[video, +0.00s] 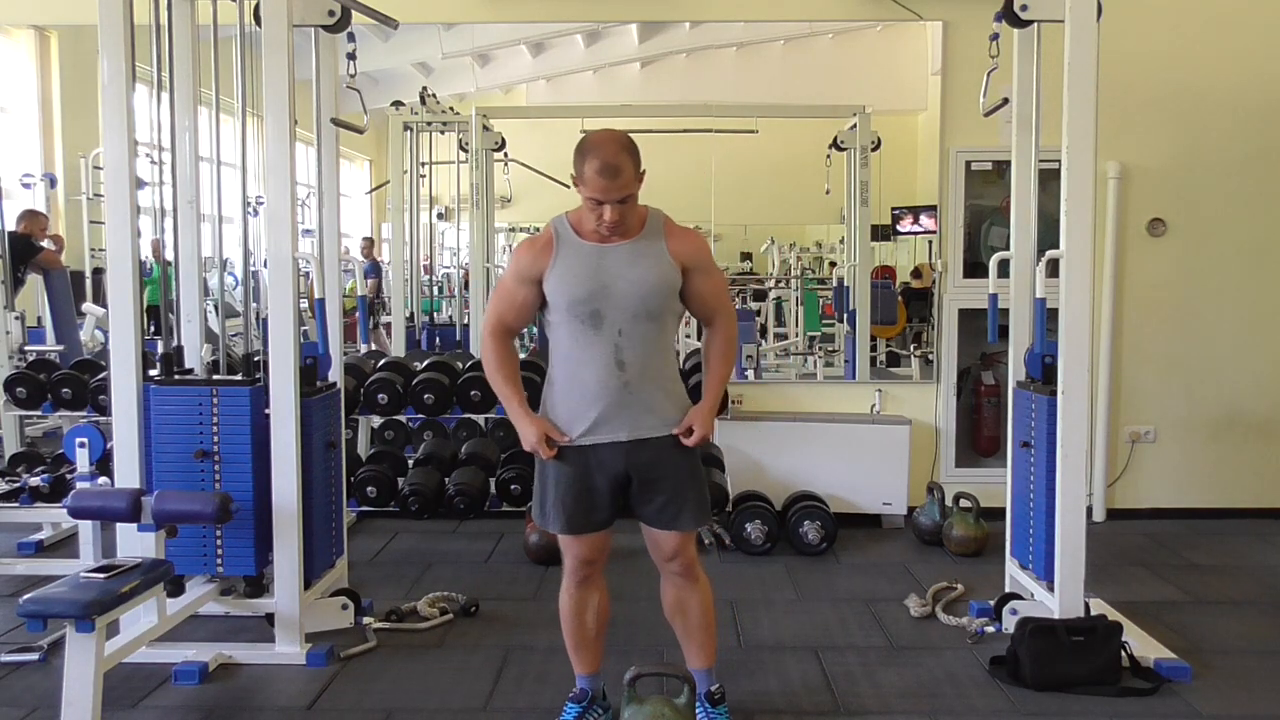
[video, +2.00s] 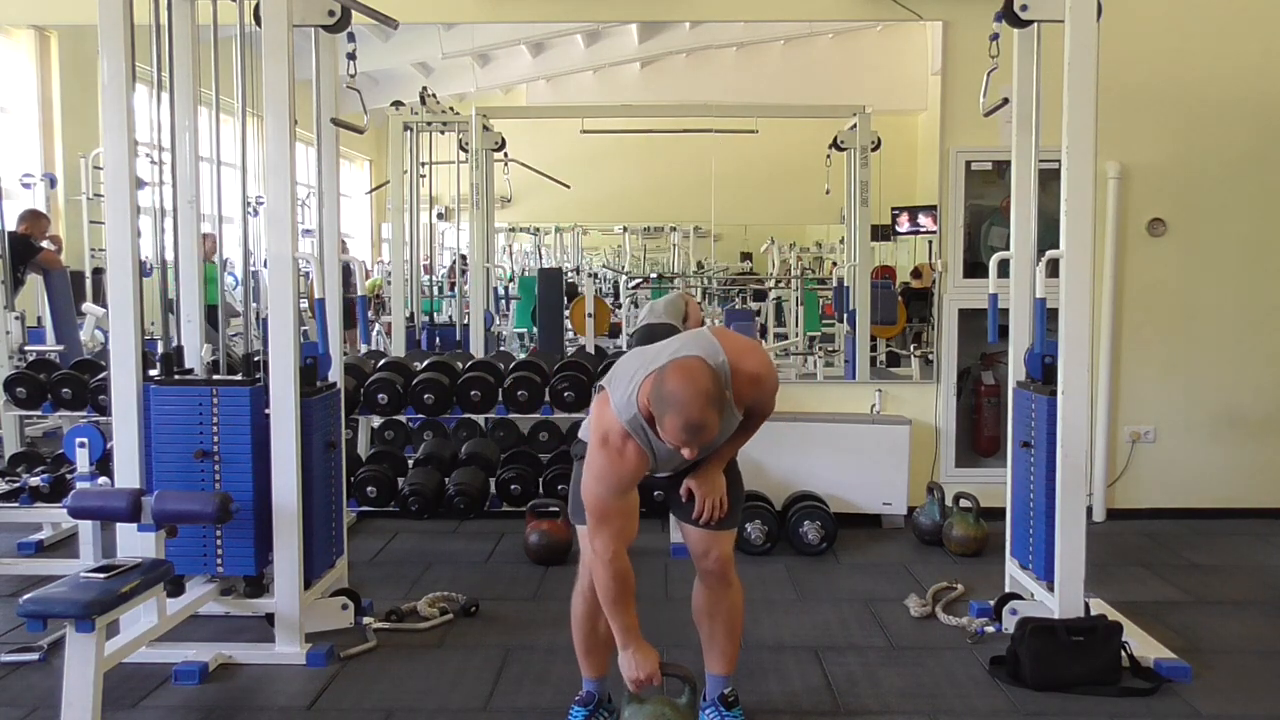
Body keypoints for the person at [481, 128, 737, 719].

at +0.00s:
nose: (609, 213)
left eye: (621, 200)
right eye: (596, 201)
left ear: (641, 180)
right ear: (574, 184)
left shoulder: (681, 246)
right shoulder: (540, 254)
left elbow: (720, 317)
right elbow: (495, 333)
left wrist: (710, 401)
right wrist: (521, 415)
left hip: (663, 439)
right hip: (574, 445)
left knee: (679, 561)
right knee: (580, 569)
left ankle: (708, 692)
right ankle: (587, 694)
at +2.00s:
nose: (689, 454)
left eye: (701, 445)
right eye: (678, 445)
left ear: (725, 399)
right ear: (650, 413)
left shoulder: (753, 372)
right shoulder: (615, 437)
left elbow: (759, 411)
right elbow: (608, 551)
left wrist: (716, 463)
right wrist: (630, 643)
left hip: (710, 459)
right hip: (617, 461)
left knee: (716, 563)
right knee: (597, 569)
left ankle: (719, 697)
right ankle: (591, 695)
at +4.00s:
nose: (669, 168)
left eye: (682, 158)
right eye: (658, 158)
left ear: (701, 169)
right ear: (641, 169)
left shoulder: (737, 251)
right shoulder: (601, 255)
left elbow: (756, 338)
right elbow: (576, 341)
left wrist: (712, 405)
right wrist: (626, 404)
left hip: (707, 430)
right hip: (617, 427)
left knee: (706, 552)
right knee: (607, 553)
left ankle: (710, 686)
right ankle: (596, 686)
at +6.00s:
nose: (665, 230)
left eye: (678, 219)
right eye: (651, 219)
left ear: (694, 228)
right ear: (630, 229)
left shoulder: (729, 292)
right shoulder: (598, 292)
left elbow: (809, 322)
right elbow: (535, 333)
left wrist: (746, 328)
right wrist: (630, 333)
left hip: (710, 501)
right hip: (617, 499)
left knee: (737, 657)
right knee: (612, 647)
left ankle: (707, 682)